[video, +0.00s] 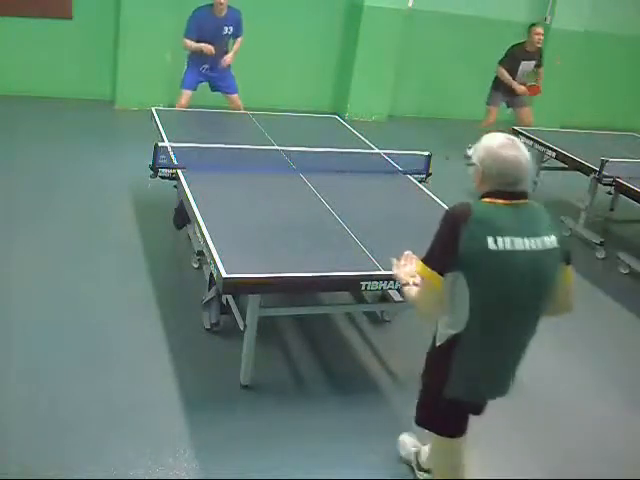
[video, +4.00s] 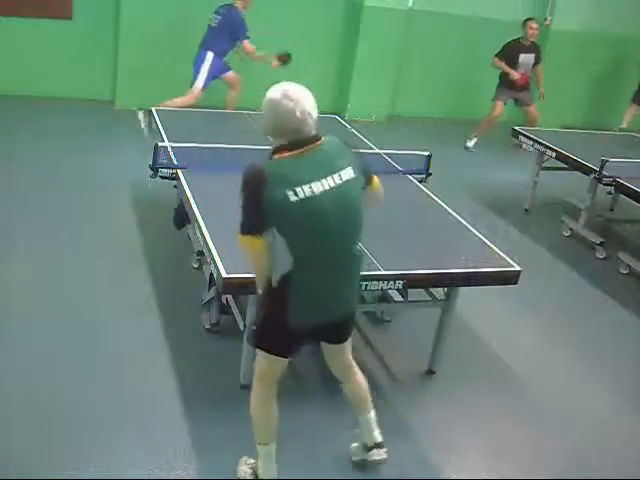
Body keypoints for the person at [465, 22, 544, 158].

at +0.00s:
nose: (540, 38)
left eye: (542, 35)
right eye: (537, 34)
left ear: (543, 37)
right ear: (529, 36)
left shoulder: (538, 52)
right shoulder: (515, 50)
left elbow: (539, 69)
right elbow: (500, 70)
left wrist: (538, 85)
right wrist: (516, 86)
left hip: (518, 88)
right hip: (500, 86)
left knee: (527, 122)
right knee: (491, 120)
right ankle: (474, 146)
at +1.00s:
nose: (586, 43)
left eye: (589, 40)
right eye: (583, 40)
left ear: (592, 42)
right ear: (577, 42)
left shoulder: (590, 59)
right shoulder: (571, 59)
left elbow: (589, 78)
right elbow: (588, 71)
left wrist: (600, 93)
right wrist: (614, 67)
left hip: (573, 103)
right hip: (554, 100)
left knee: (575, 135)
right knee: (532, 128)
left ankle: (570, 172)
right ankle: (512, 147)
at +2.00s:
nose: (572, 51)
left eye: (574, 48)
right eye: (569, 48)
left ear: (578, 48)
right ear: (564, 49)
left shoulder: (583, 64)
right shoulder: (555, 62)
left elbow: (588, 86)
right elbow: (541, 75)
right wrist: (530, 83)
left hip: (574, 105)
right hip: (555, 103)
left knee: (580, 135)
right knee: (531, 126)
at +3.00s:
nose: (537, 23)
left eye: (539, 21)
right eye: (535, 20)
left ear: (543, 22)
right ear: (531, 22)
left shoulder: (550, 40)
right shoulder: (523, 38)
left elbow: (549, 61)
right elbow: (507, 46)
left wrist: (532, 67)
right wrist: (508, 30)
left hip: (541, 83)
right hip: (523, 81)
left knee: (546, 111)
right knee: (515, 110)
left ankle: (549, 135)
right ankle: (511, 136)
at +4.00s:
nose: (533, 32)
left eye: (536, 29)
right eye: (531, 28)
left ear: (538, 32)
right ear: (524, 29)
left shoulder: (536, 48)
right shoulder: (512, 45)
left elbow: (538, 68)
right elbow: (496, 61)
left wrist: (540, 87)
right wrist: (511, 72)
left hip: (523, 86)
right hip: (506, 85)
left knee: (533, 117)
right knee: (496, 114)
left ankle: (523, 141)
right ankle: (474, 138)